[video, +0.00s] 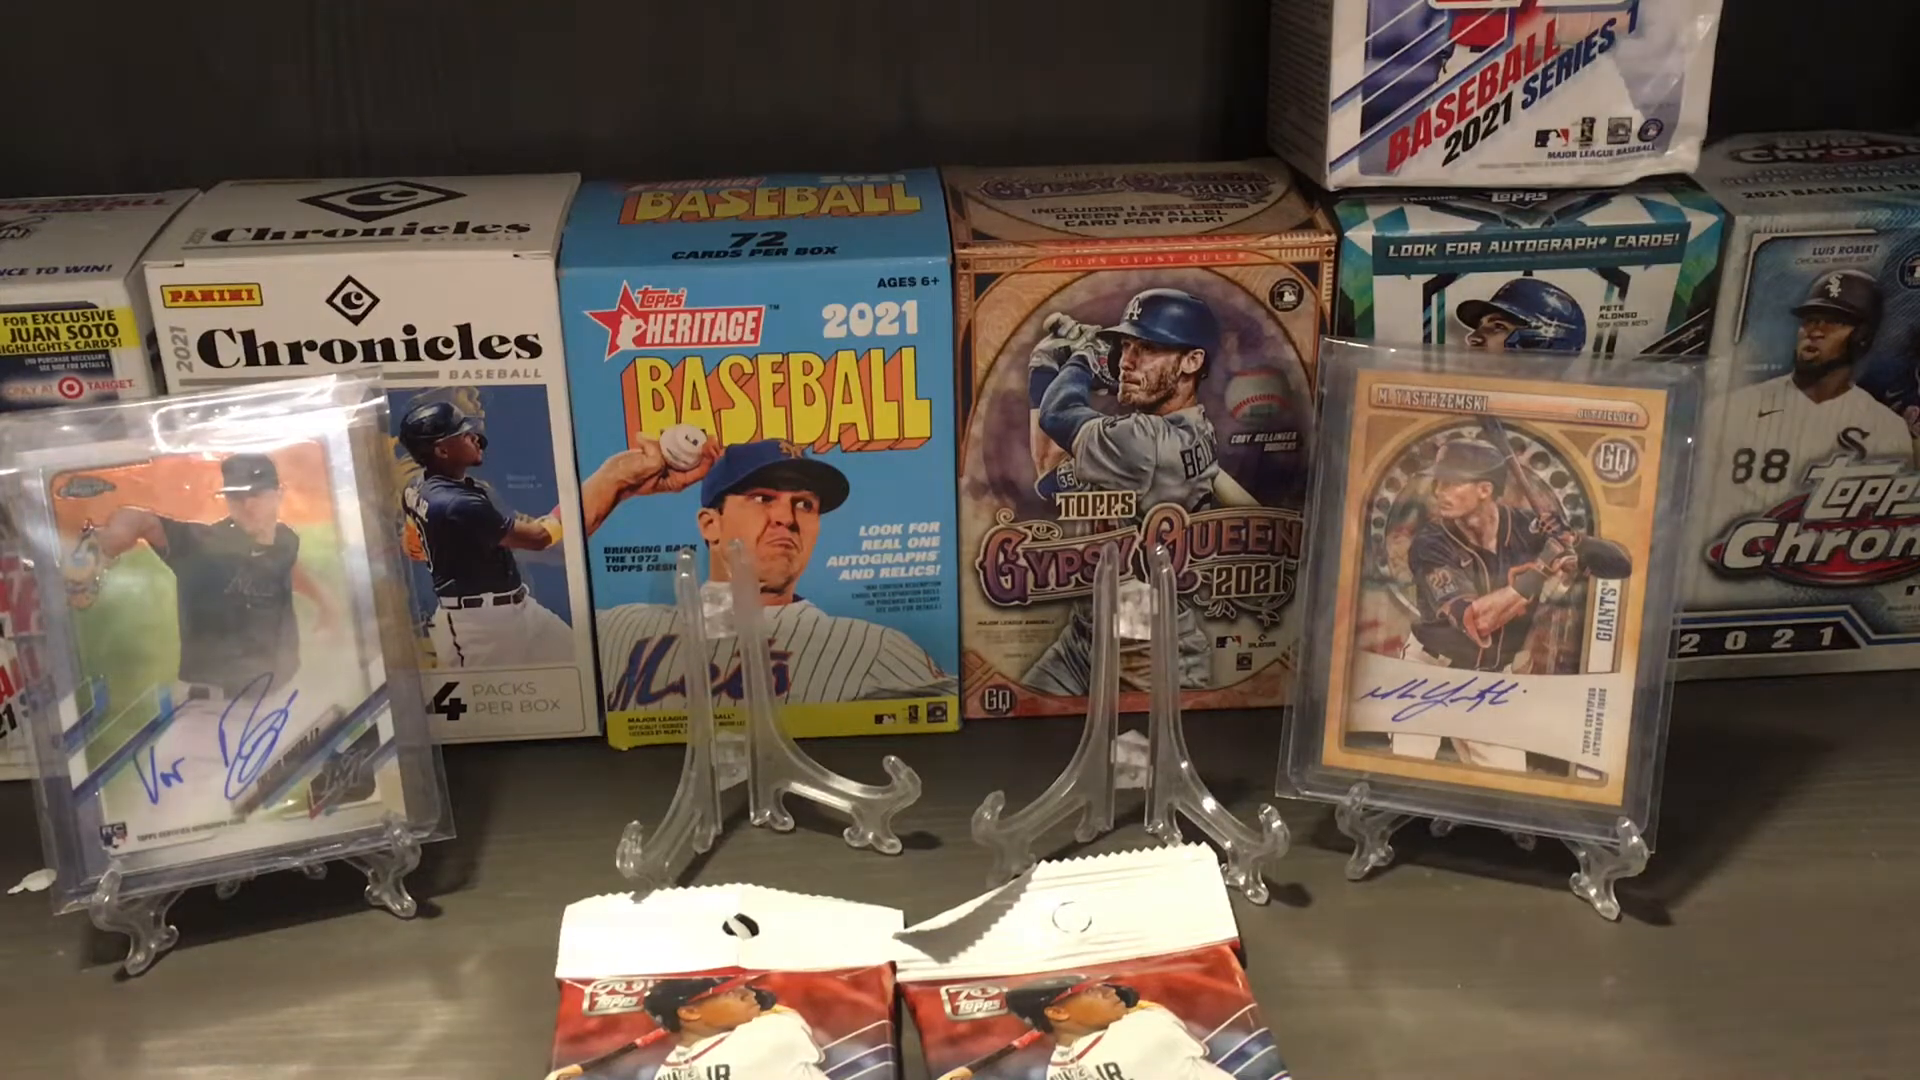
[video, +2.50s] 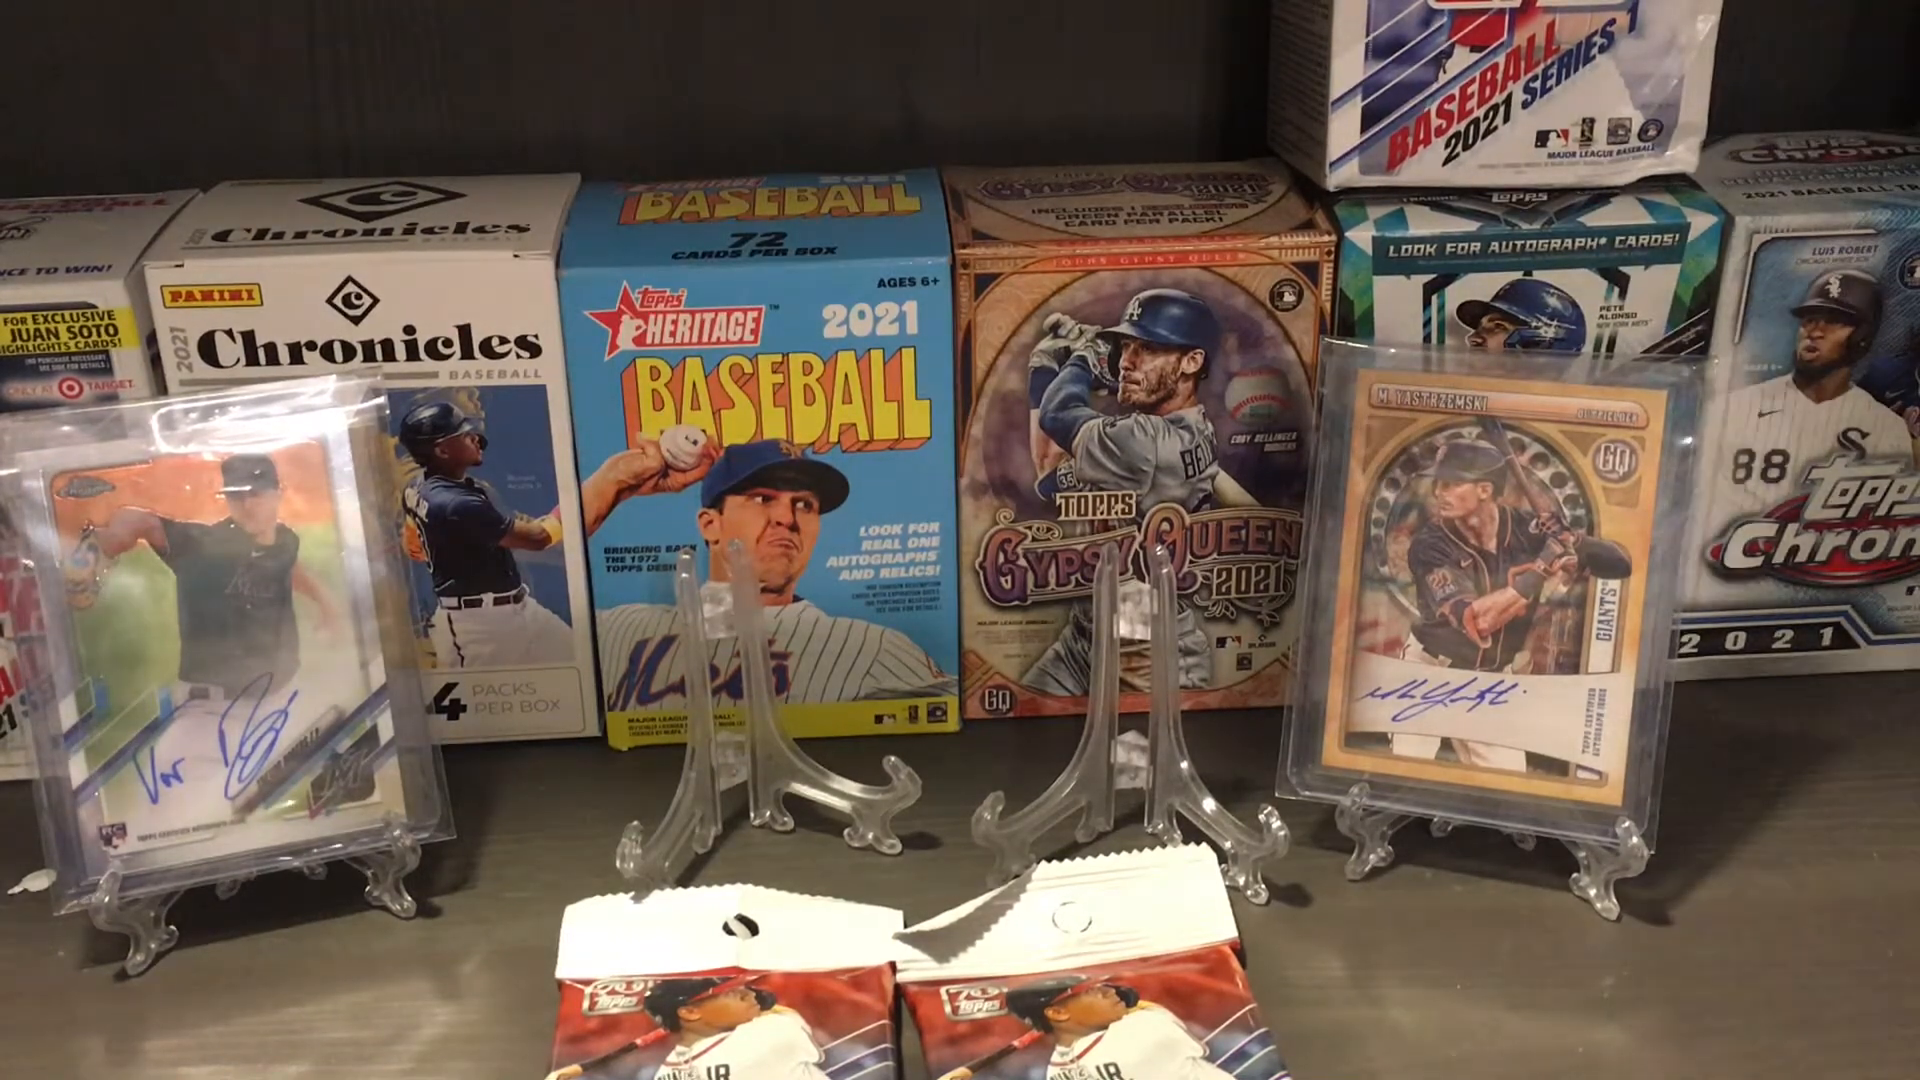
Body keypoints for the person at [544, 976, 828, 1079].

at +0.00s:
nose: (744, 993)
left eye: (734, 987)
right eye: (726, 993)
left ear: (690, 1015)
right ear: (691, 1014)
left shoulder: (666, 1072)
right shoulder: (777, 1034)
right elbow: (779, 1007)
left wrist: (575, 1073)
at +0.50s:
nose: (744, 993)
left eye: (733, 987)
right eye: (726, 993)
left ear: (690, 1015)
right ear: (692, 1014)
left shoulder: (666, 1071)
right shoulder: (778, 1034)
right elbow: (778, 1007)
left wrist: (577, 1072)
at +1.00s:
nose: (742, 993)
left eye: (732, 986)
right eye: (724, 993)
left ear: (690, 1015)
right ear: (691, 1014)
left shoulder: (666, 1072)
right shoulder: (777, 1034)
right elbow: (780, 1008)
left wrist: (577, 1072)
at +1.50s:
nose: (743, 993)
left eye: (733, 987)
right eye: (725, 993)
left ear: (690, 1015)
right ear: (691, 1014)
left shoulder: (667, 1071)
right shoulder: (778, 1034)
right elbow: (780, 1008)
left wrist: (577, 1071)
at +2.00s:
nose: (743, 992)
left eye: (733, 986)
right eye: (726, 992)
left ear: (690, 1015)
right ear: (691, 1014)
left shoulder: (666, 1071)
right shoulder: (778, 1034)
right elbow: (780, 1008)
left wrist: (576, 1072)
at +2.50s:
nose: (743, 993)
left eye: (733, 987)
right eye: (725, 993)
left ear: (690, 1015)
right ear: (692, 1014)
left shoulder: (666, 1071)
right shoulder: (778, 1034)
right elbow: (781, 1009)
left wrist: (576, 1072)